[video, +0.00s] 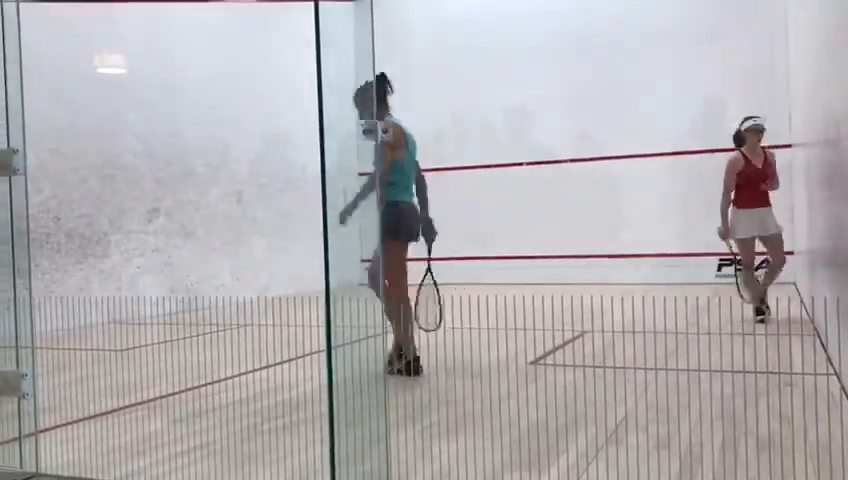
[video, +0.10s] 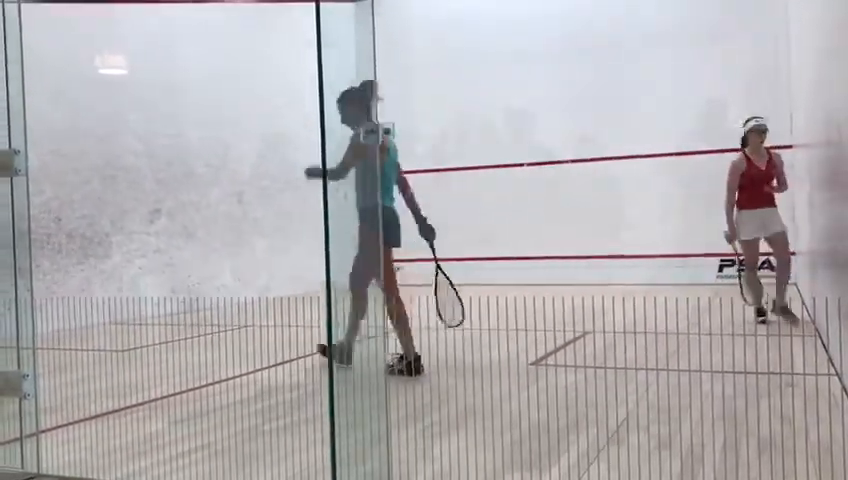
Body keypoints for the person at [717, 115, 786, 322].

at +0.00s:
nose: (758, 135)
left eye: (760, 131)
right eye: (752, 131)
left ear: (763, 134)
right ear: (743, 134)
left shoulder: (768, 155)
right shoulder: (735, 160)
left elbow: (775, 183)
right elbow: (726, 194)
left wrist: (767, 185)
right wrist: (724, 225)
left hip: (764, 213)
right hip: (742, 214)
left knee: (778, 259)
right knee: (748, 264)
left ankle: (759, 292)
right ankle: (758, 303)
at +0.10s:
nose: (759, 136)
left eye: (763, 132)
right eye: (755, 133)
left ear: (766, 135)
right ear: (746, 136)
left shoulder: (774, 158)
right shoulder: (738, 163)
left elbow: (783, 185)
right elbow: (730, 196)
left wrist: (775, 188)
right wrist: (730, 226)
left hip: (769, 212)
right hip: (746, 214)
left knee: (784, 257)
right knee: (751, 263)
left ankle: (780, 302)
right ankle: (758, 305)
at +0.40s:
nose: (771, 137)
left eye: (775, 132)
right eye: (766, 132)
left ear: (779, 134)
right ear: (758, 134)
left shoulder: (786, 156)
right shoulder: (749, 162)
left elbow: (800, 184)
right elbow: (741, 196)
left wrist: (791, 159)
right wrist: (744, 224)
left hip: (784, 215)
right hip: (758, 217)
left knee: (791, 267)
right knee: (762, 267)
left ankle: (796, 315)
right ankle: (766, 302)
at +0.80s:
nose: (750, 133)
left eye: (754, 128)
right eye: (746, 129)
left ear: (764, 131)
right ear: (741, 133)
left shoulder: (776, 151)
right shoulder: (737, 162)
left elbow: (774, 167)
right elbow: (733, 198)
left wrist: (763, 141)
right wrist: (728, 230)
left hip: (776, 218)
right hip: (750, 221)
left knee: (786, 270)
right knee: (752, 273)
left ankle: (793, 316)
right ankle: (749, 323)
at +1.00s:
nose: (726, 128)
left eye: (731, 124)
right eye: (724, 124)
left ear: (743, 127)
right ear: (721, 129)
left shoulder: (757, 147)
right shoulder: (717, 159)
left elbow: (753, 162)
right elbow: (717, 197)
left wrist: (740, 138)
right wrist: (716, 231)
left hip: (756, 217)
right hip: (730, 219)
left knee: (763, 271)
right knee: (739, 275)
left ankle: (784, 306)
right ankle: (745, 325)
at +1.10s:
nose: (721, 127)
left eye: (726, 123)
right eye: (717, 123)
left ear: (736, 126)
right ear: (712, 128)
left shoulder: (749, 147)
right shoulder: (709, 158)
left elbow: (743, 162)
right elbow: (709, 196)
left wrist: (730, 136)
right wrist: (707, 230)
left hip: (745, 215)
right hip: (719, 217)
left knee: (744, 269)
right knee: (733, 273)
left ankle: (769, 306)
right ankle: (744, 325)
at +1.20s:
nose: (710, 127)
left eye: (715, 122)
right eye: (707, 124)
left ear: (727, 125)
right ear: (704, 129)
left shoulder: (740, 146)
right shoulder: (700, 158)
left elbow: (731, 163)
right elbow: (700, 194)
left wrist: (718, 140)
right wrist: (695, 228)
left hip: (733, 213)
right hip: (709, 215)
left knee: (725, 264)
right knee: (724, 270)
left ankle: (744, 322)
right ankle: (740, 322)